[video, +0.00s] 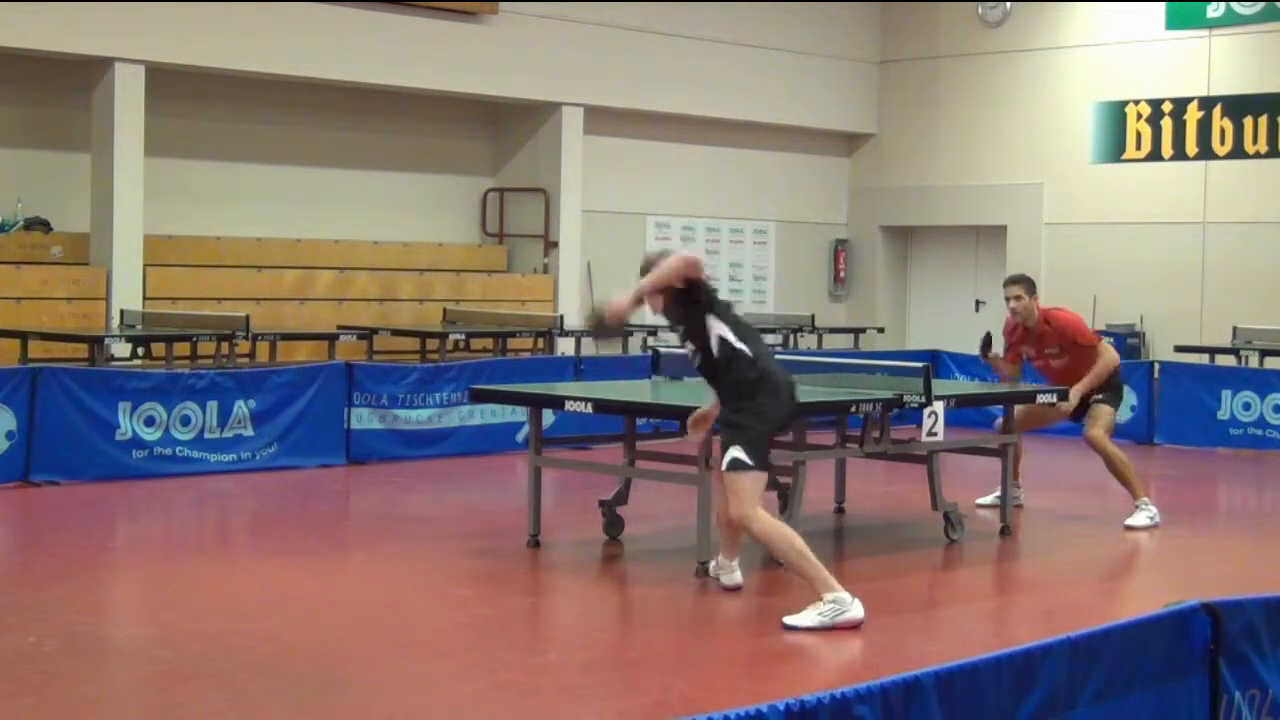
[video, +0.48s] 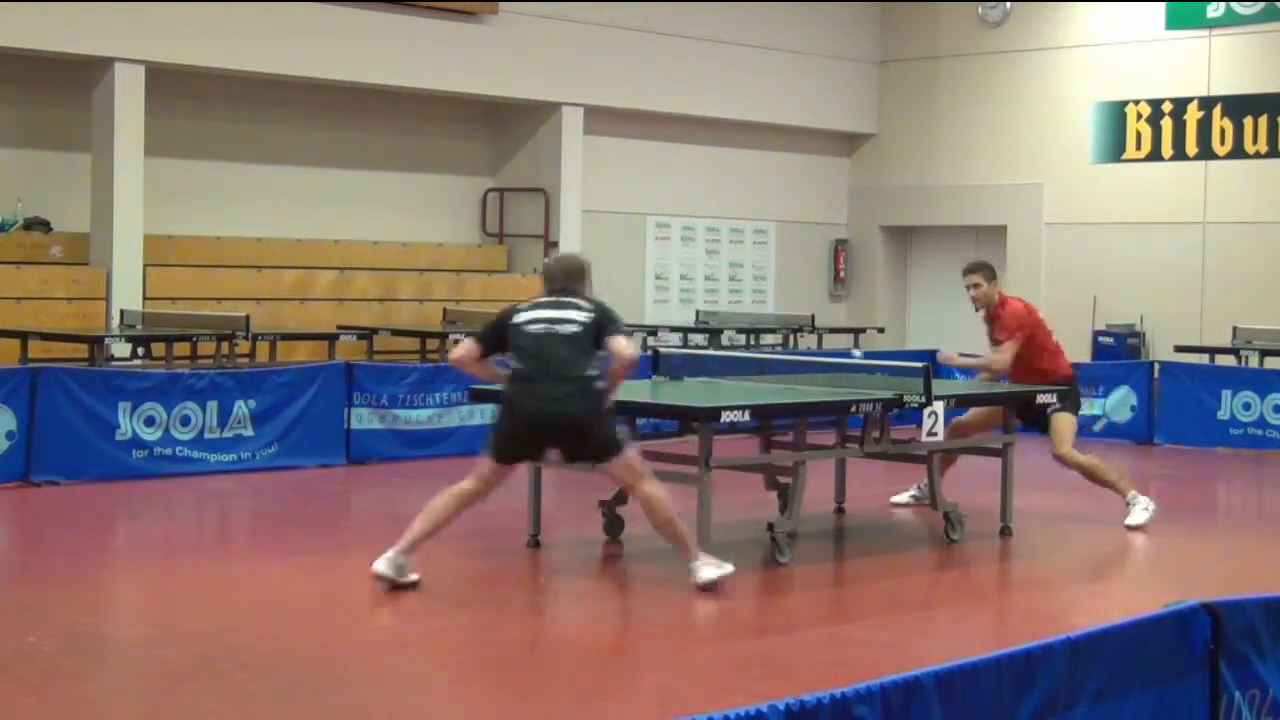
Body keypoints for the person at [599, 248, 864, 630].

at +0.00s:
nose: (648, 301)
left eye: (650, 293)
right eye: (646, 295)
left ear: (666, 286)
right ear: (669, 290)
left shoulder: (696, 304)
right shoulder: (694, 321)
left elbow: (688, 261)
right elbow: (739, 371)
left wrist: (634, 295)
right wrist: (713, 410)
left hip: (759, 399)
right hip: (748, 401)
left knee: (744, 510)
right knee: (725, 473)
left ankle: (837, 598)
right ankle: (728, 565)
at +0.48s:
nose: (580, 285)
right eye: (582, 280)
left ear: (545, 283)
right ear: (584, 284)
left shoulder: (517, 313)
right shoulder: (595, 311)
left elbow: (461, 356)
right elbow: (626, 355)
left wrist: (503, 376)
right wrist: (607, 390)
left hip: (521, 413)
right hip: (578, 412)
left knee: (477, 484)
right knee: (641, 480)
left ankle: (395, 556)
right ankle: (697, 561)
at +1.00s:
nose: (455, 271)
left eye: (450, 266)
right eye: (453, 266)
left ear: (406, 270)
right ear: (446, 268)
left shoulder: (381, 306)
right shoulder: (467, 303)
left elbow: (344, 375)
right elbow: (502, 382)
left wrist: (360, 405)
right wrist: (478, 405)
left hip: (389, 406)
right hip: (451, 406)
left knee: (345, 488)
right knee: (517, 500)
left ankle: (276, 576)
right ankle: (518, 584)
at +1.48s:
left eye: (475, 253)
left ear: (481, 261)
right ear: (526, 257)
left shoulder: (462, 300)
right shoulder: (556, 311)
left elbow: (409, 294)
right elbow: (598, 386)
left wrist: (440, 251)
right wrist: (612, 401)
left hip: (459, 439)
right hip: (524, 445)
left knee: (367, 484)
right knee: (561, 537)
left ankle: (297, 581)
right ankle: (570, 615)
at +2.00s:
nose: (420, 221)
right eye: (418, 215)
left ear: (371, 219)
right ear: (414, 219)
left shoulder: (339, 264)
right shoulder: (428, 272)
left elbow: (269, 294)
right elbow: (471, 349)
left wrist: (267, 294)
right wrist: (516, 386)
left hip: (342, 405)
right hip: (407, 407)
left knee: (314, 491)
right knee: (486, 500)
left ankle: (287, 606)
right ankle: (556, 612)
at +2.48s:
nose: (321, 256)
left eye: (318, 249)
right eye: (321, 249)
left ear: (268, 250)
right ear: (313, 251)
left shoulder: (224, 280)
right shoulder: (316, 293)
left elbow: (168, 355)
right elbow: (347, 387)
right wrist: (358, 429)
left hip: (175, 388)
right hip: (240, 396)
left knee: (161, 489)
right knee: (324, 500)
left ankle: (95, 600)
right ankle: (321, 628)